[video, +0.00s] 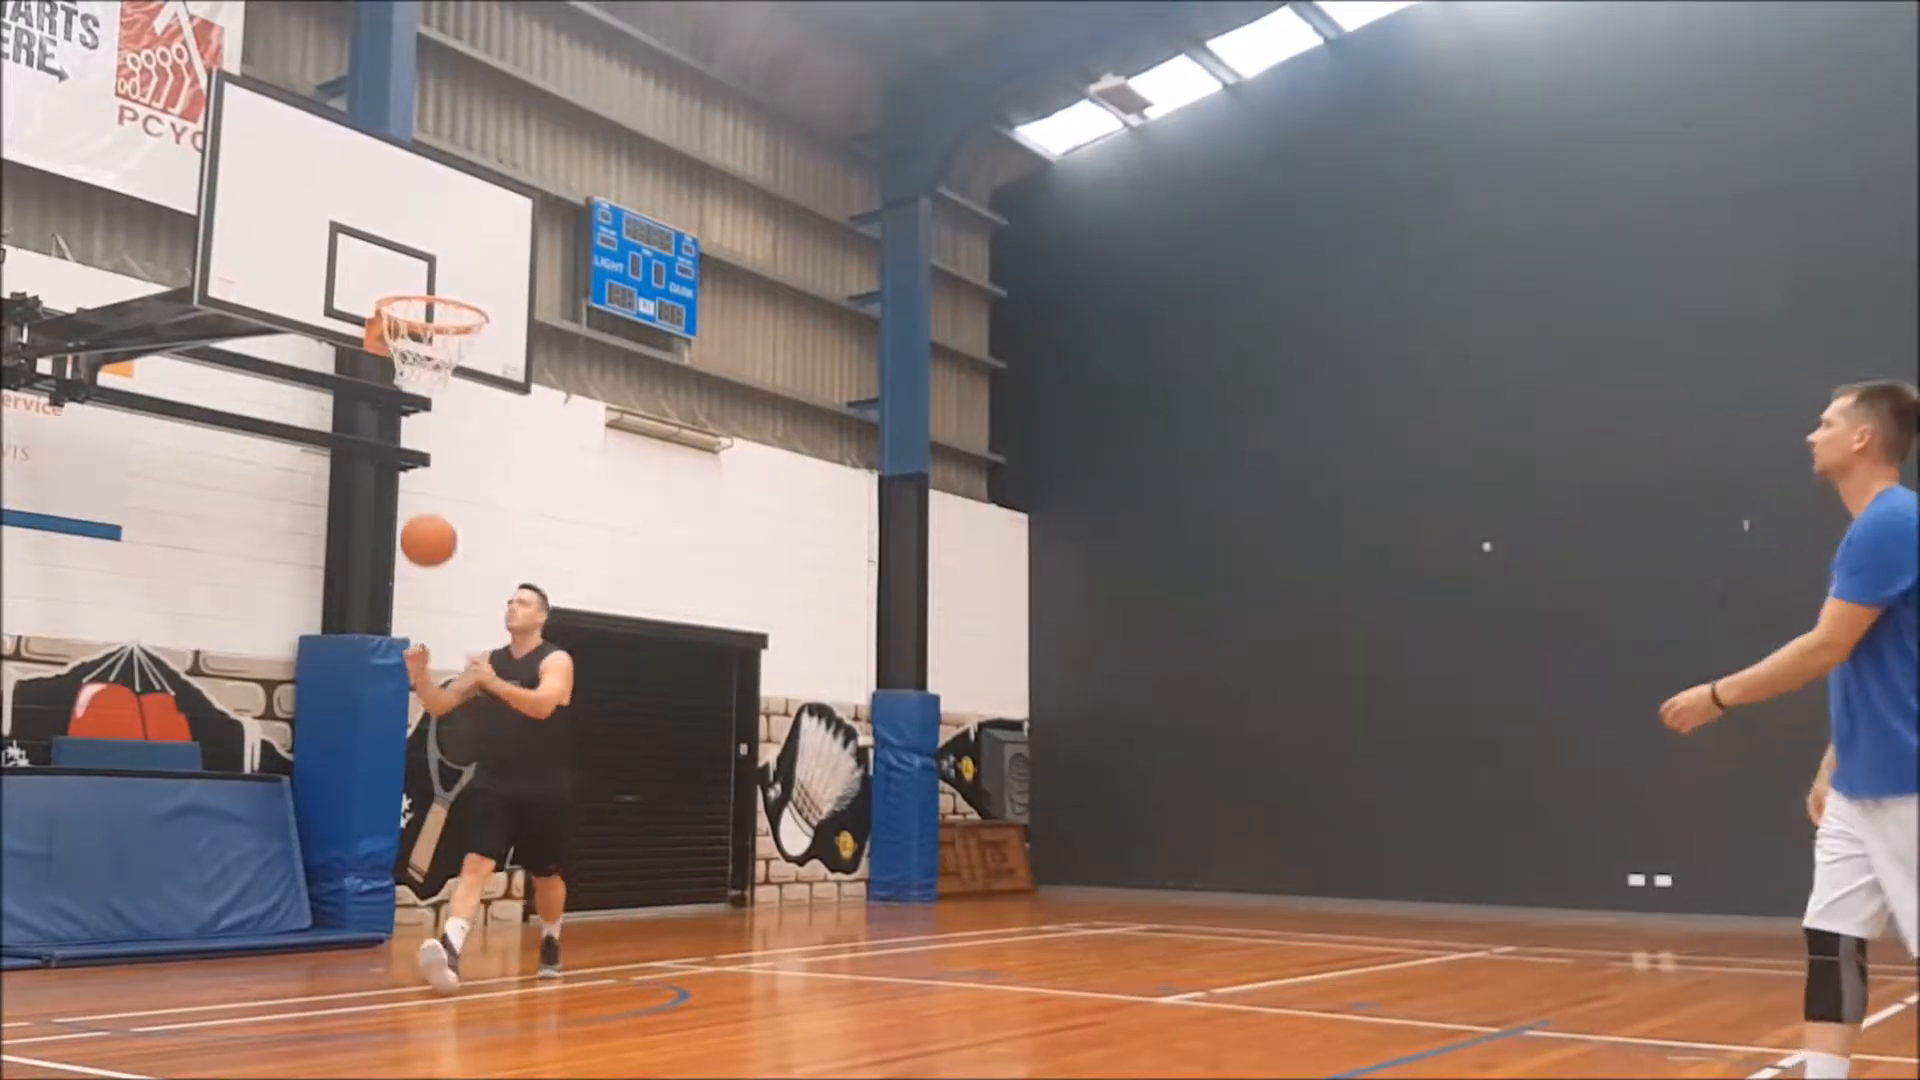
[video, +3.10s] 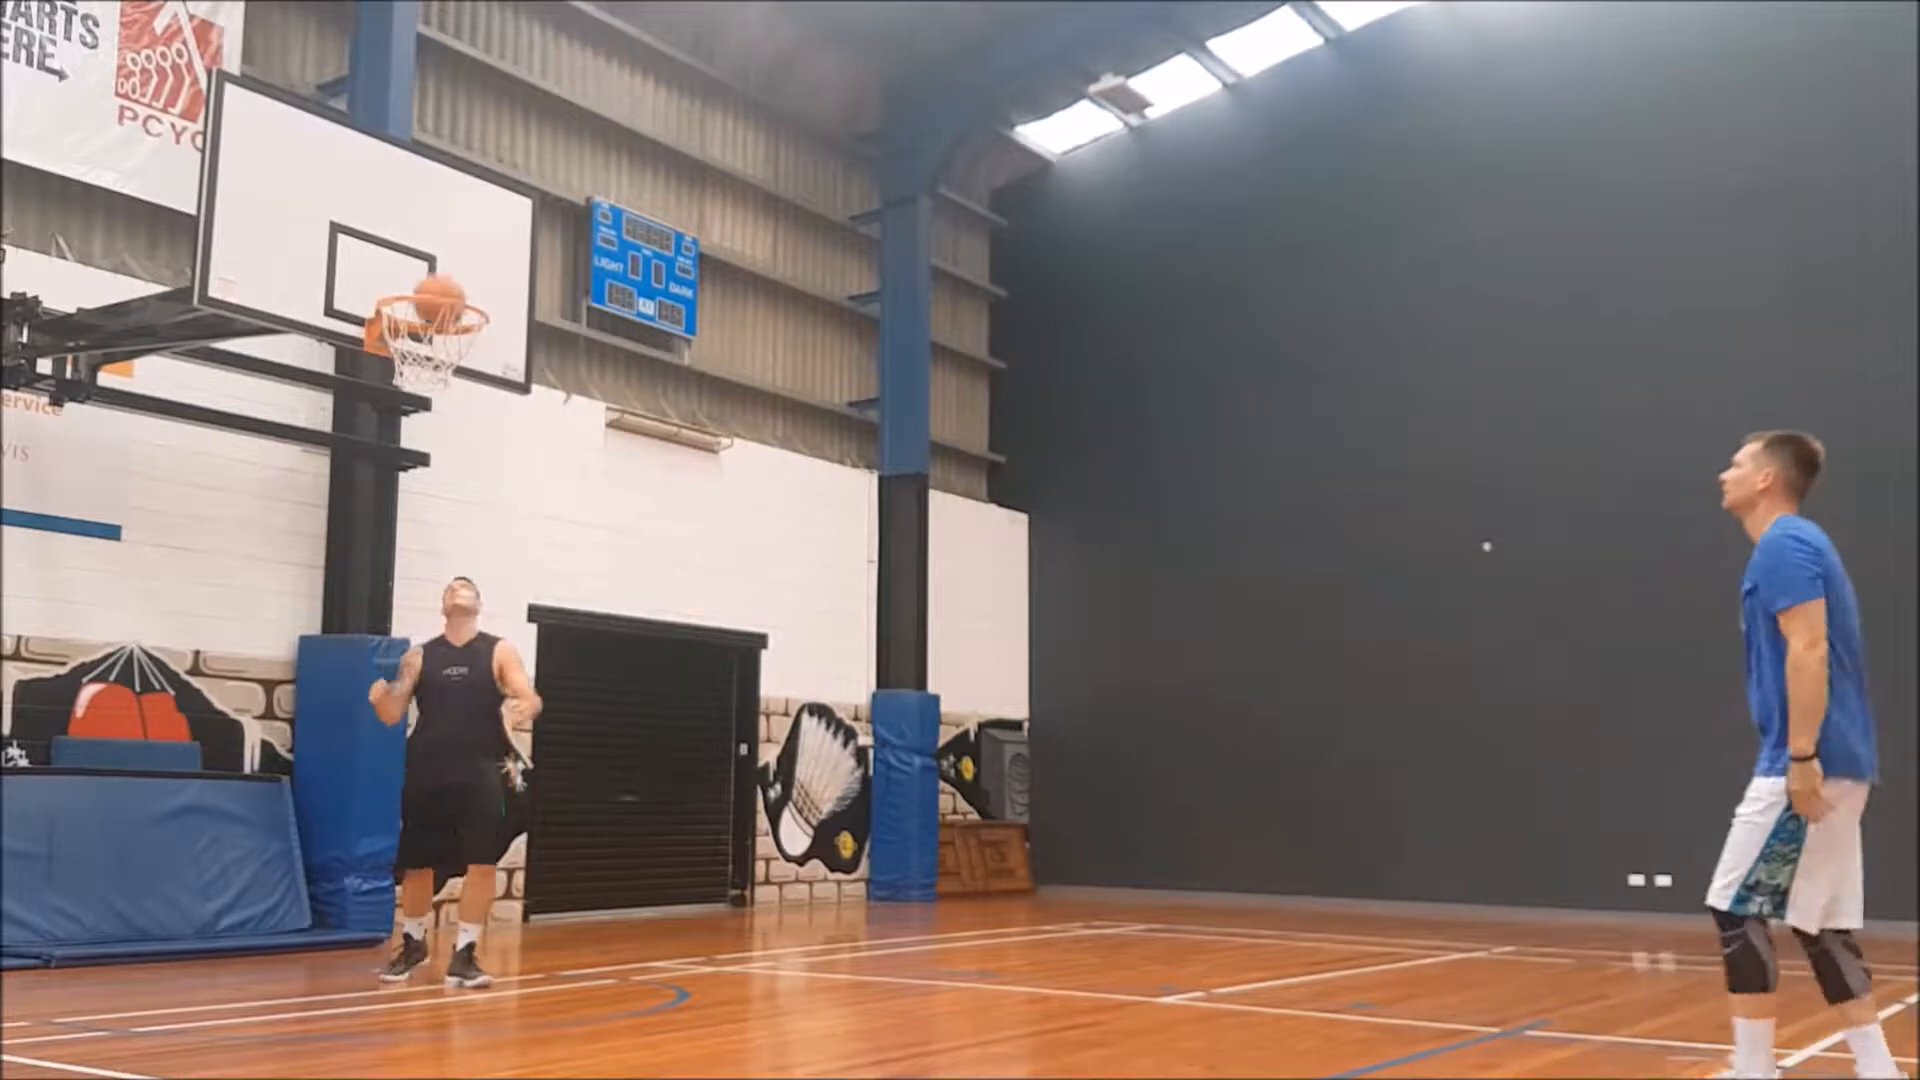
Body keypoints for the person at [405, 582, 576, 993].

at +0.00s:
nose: (513, 607)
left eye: (524, 603)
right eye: (511, 602)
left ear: (543, 617)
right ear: (505, 615)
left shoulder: (556, 660)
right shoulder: (489, 661)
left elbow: (542, 706)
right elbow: (441, 704)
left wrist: (491, 680)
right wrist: (419, 677)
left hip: (543, 786)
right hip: (493, 783)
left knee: (546, 872)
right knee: (476, 862)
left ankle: (550, 942)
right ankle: (449, 951)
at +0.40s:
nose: (483, 617)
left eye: (489, 608)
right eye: (474, 609)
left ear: (503, 612)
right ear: (460, 615)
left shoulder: (519, 658)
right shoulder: (444, 661)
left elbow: (518, 710)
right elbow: (453, 711)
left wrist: (499, 678)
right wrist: (483, 671)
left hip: (504, 777)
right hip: (449, 776)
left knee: (515, 872)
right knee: (453, 858)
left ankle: (508, 944)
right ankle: (448, 965)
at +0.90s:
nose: (490, 581)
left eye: (494, 575)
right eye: (480, 575)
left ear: (500, 586)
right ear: (459, 585)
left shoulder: (512, 639)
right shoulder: (444, 635)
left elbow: (526, 692)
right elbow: (448, 703)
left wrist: (535, 725)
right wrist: (510, 718)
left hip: (496, 769)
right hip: (447, 769)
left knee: (495, 862)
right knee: (452, 861)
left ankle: (484, 955)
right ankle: (441, 965)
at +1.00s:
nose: (494, 585)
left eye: (499, 579)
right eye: (485, 578)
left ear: (504, 590)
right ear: (464, 588)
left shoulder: (516, 643)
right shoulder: (445, 640)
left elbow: (531, 704)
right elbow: (434, 710)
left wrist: (543, 755)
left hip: (500, 769)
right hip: (451, 768)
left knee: (494, 863)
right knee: (454, 861)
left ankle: (484, 956)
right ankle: (442, 963)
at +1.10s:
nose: (500, 586)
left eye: (505, 580)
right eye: (491, 580)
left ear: (510, 591)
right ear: (471, 589)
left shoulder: (525, 645)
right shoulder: (447, 641)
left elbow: (534, 713)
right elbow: (417, 708)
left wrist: (544, 773)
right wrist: (397, 770)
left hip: (504, 777)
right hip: (454, 775)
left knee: (491, 865)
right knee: (452, 863)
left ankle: (483, 956)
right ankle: (439, 965)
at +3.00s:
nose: (447, 591)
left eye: (455, 589)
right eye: (440, 590)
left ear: (467, 608)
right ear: (429, 609)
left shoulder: (490, 653)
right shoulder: (409, 658)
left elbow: (515, 706)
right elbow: (390, 710)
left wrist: (519, 732)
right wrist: (382, 736)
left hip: (472, 778)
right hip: (418, 777)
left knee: (473, 861)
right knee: (415, 866)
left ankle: (463, 956)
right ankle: (413, 952)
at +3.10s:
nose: (459, 588)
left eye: (467, 587)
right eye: (452, 587)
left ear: (479, 607)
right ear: (442, 606)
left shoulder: (499, 651)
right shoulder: (420, 655)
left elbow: (532, 701)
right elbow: (392, 715)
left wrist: (517, 711)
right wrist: (381, 698)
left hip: (480, 771)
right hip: (427, 769)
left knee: (482, 862)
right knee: (417, 862)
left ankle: (463, 957)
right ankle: (413, 947)